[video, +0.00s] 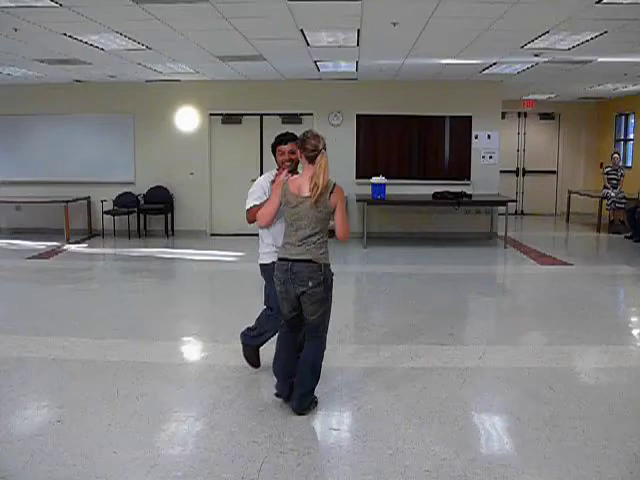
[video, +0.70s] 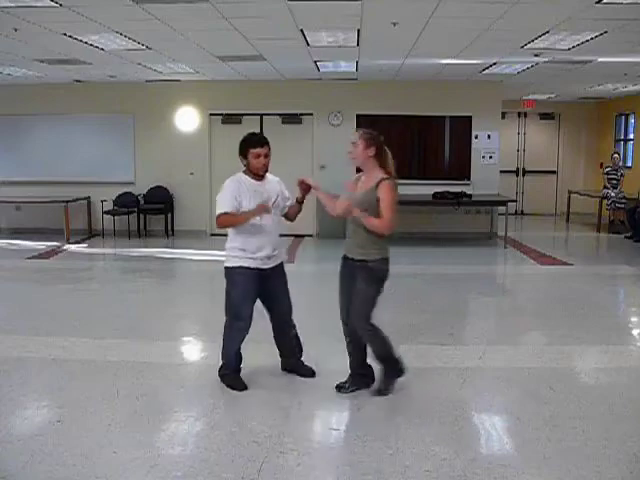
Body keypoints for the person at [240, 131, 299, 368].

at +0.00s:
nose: (287, 158)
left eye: (292, 153)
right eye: (282, 153)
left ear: (300, 154)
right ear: (275, 156)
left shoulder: (305, 181)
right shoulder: (265, 182)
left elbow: (317, 212)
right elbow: (251, 216)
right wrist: (277, 192)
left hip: (300, 255)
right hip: (272, 256)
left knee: (299, 314)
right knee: (279, 311)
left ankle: (291, 363)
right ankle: (251, 338)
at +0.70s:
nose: (263, 161)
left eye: (266, 156)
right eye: (257, 156)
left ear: (270, 156)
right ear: (245, 158)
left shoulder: (275, 184)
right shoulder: (234, 184)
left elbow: (290, 215)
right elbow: (222, 221)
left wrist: (301, 198)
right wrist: (253, 213)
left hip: (271, 262)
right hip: (241, 263)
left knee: (283, 315)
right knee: (239, 319)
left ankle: (291, 361)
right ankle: (229, 370)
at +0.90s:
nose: (248, 162)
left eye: (250, 156)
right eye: (241, 157)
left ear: (254, 156)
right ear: (229, 159)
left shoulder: (262, 184)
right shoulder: (218, 183)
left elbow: (276, 216)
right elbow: (198, 210)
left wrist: (294, 218)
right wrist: (220, 192)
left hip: (256, 262)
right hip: (225, 263)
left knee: (268, 315)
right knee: (228, 321)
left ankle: (280, 359)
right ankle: (228, 371)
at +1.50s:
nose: (248, 160)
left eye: (250, 155)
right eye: (242, 156)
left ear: (252, 157)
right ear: (226, 158)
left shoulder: (257, 187)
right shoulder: (212, 187)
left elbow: (275, 216)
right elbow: (197, 225)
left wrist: (306, 220)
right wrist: (225, 231)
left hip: (250, 266)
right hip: (221, 268)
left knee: (256, 314)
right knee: (225, 321)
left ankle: (244, 358)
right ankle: (223, 375)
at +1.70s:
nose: (256, 161)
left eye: (257, 156)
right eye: (251, 156)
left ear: (257, 157)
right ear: (234, 158)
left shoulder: (254, 185)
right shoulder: (223, 186)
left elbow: (258, 215)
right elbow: (220, 227)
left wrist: (286, 214)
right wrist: (260, 228)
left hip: (254, 267)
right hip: (229, 269)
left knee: (264, 316)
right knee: (231, 325)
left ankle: (255, 365)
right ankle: (224, 376)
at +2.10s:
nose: (270, 160)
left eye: (272, 155)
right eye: (263, 155)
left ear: (273, 157)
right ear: (248, 158)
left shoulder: (259, 185)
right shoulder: (242, 184)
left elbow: (262, 220)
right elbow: (259, 222)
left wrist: (285, 222)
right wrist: (294, 211)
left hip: (261, 264)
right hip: (247, 266)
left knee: (264, 318)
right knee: (264, 318)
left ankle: (260, 369)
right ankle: (232, 365)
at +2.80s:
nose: (253, 158)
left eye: (256, 154)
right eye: (247, 154)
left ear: (258, 156)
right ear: (232, 157)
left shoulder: (252, 185)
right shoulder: (226, 184)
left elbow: (264, 216)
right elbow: (233, 227)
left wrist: (281, 193)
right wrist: (274, 241)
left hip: (251, 266)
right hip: (228, 268)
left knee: (256, 320)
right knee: (230, 324)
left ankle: (259, 370)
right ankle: (213, 379)